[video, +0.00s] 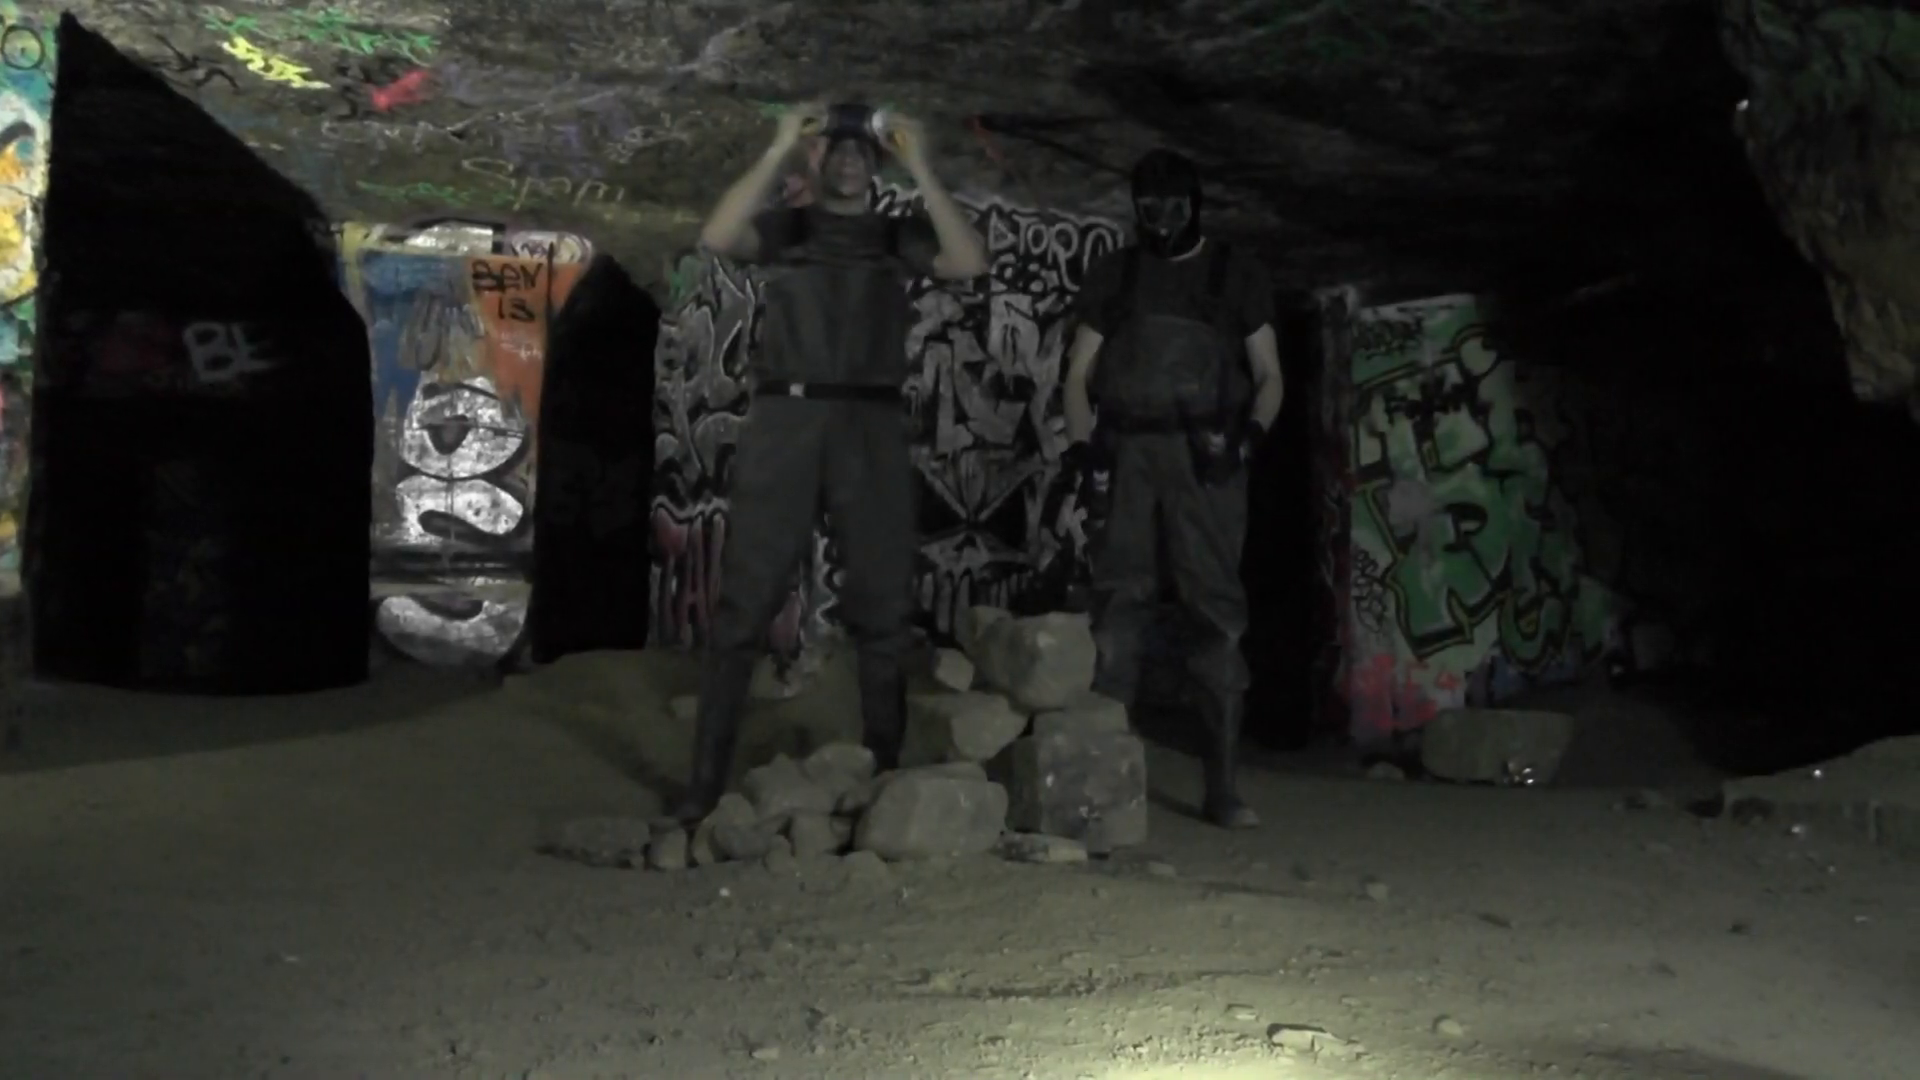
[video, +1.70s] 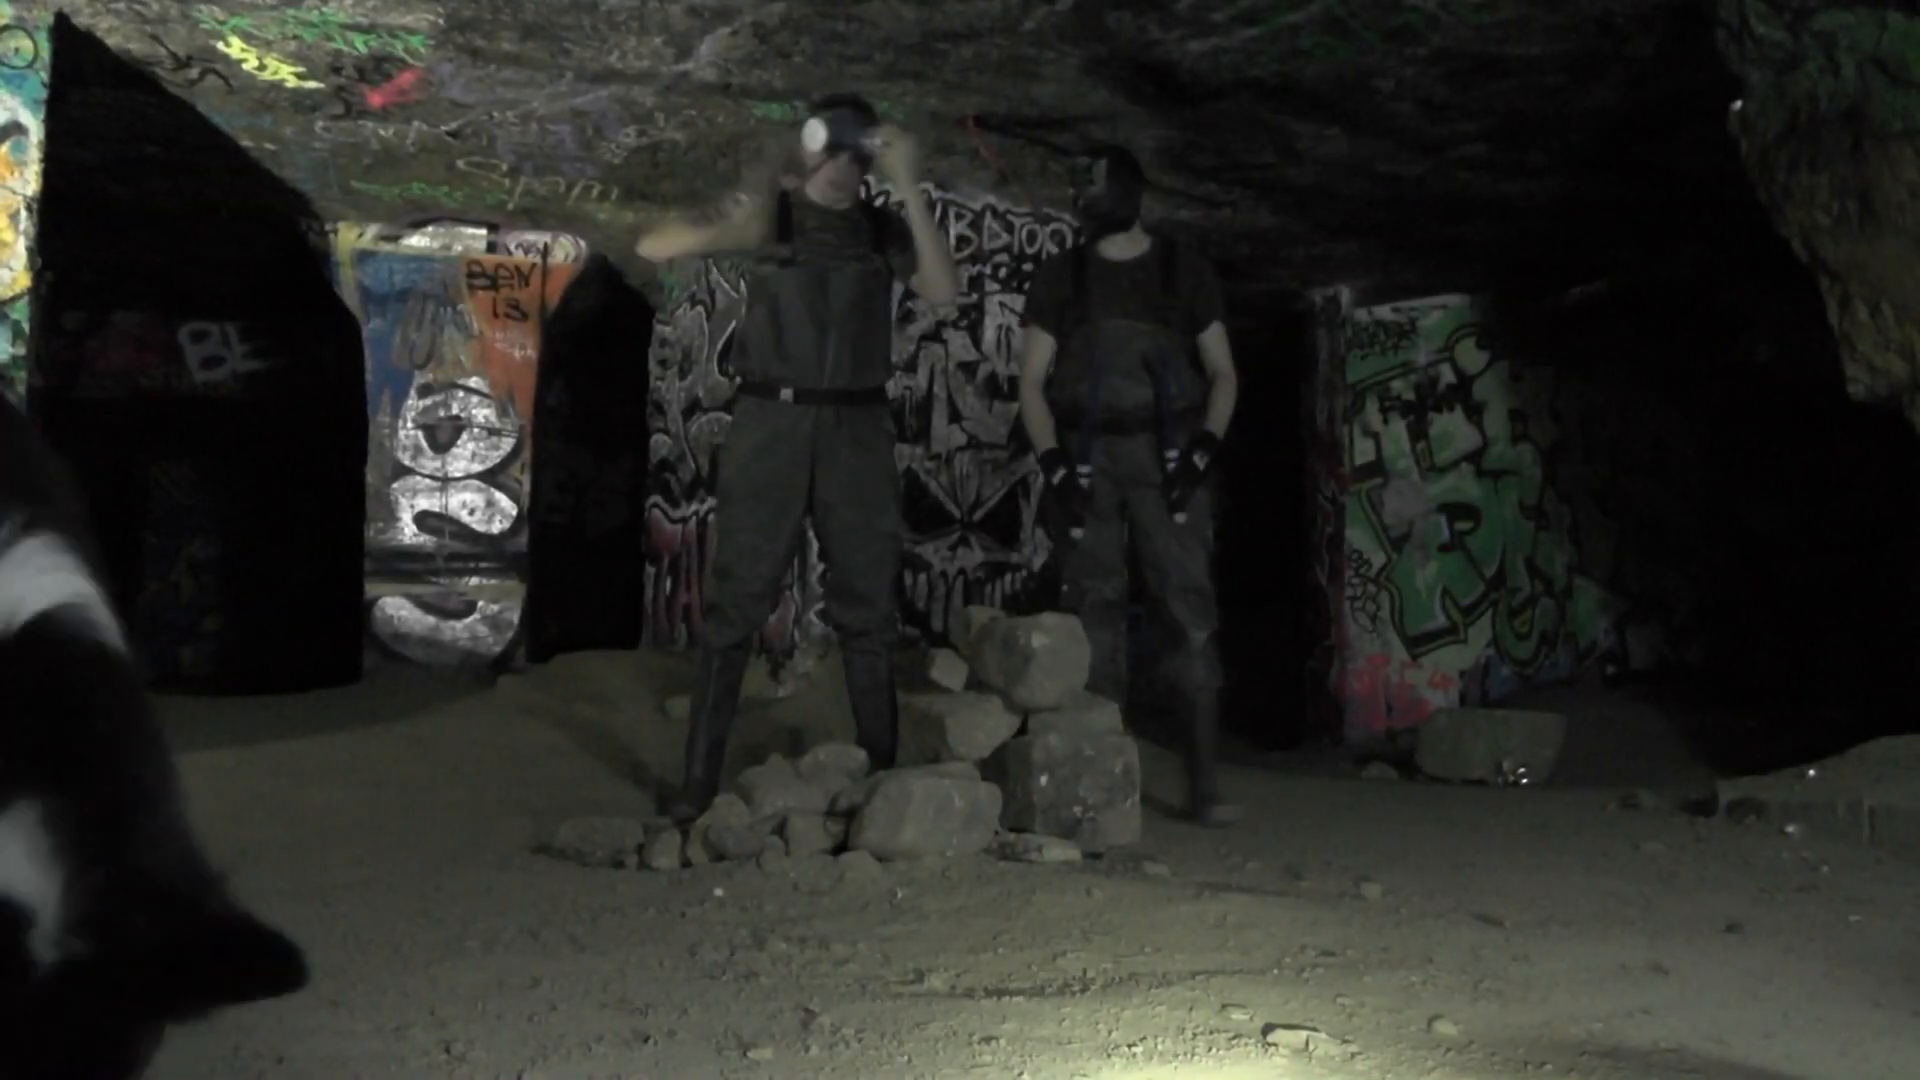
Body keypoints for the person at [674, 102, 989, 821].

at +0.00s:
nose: (846, 164)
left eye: (858, 154)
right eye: (834, 153)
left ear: (876, 168)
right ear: (809, 165)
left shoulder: (896, 233)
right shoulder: (782, 229)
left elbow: (969, 263)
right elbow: (719, 237)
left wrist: (918, 168)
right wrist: (779, 153)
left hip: (871, 436)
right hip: (782, 435)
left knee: (882, 610)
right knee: (744, 607)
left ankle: (884, 775)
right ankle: (706, 783)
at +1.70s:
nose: (849, 167)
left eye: (861, 154)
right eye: (837, 151)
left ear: (872, 162)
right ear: (805, 152)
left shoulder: (882, 228)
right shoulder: (768, 215)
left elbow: (942, 293)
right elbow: (653, 246)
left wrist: (909, 187)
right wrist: (731, 226)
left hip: (857, 437)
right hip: (769, 434)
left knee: (867, 609)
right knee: (737, 606)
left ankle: (882, 778)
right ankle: (698, 785)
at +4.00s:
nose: (783, 153)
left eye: (792, 142)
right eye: (772, 140)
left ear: (803, 158)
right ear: (747, 150)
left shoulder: (800, 229)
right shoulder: (721, 215)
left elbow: (876, 278)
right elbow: (801, 249)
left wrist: (873, 193)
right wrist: (837, 175)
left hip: (798, 426)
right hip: (732, 422)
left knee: (837, 589)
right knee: (742, 591)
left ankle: (877, 755)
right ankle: (684, 772)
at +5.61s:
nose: (812, 166)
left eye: (825, 154)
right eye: (801, 153)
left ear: (846, 160)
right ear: (783, 163)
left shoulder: (871, 225)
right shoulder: (762, 223)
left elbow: (913, 265)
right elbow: (692, 261)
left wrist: (870, 167)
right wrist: (740, 168)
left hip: (853, 437)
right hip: (763, 434)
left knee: (865, 611)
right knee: (730, 607)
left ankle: (870, 779)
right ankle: (695, 785)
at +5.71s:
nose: (812, 174)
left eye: (827, 162)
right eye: (801, 161)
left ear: (851, 164)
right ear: (783, 164)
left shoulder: (873, 227)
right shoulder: (761, 221)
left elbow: (911, 282)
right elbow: (693, 272)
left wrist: (867, 178)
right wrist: (746, 181)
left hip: (853, 437)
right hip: (763, 435)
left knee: (865, 611)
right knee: (731, 606)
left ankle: (870, 779)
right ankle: (696, 785)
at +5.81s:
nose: (808, 181)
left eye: (825, 167)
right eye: (797, 166)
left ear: (851, 172)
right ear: (775, 171)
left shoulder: (874, 240)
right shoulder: (758, 237)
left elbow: (914, 322)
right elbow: (692, 308)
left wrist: (867, 217)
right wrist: (747, 216)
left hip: (854, 442)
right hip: (763, 439)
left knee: (867, 614)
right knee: (730, 609)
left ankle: (872, 779)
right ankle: (696, 785)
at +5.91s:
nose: (814, 204)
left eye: (827, 191)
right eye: (803, 191)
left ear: (851, 191)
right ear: (783, 188)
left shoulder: (878, 254)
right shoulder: (751, 247)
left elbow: (911, 355)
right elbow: (695, 339)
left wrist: (868, 268)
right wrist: (749, 274)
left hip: (856, 455)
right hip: (760, 452)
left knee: (870, 618)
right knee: (729, 614)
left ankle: (873, 779)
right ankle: (695, 787)